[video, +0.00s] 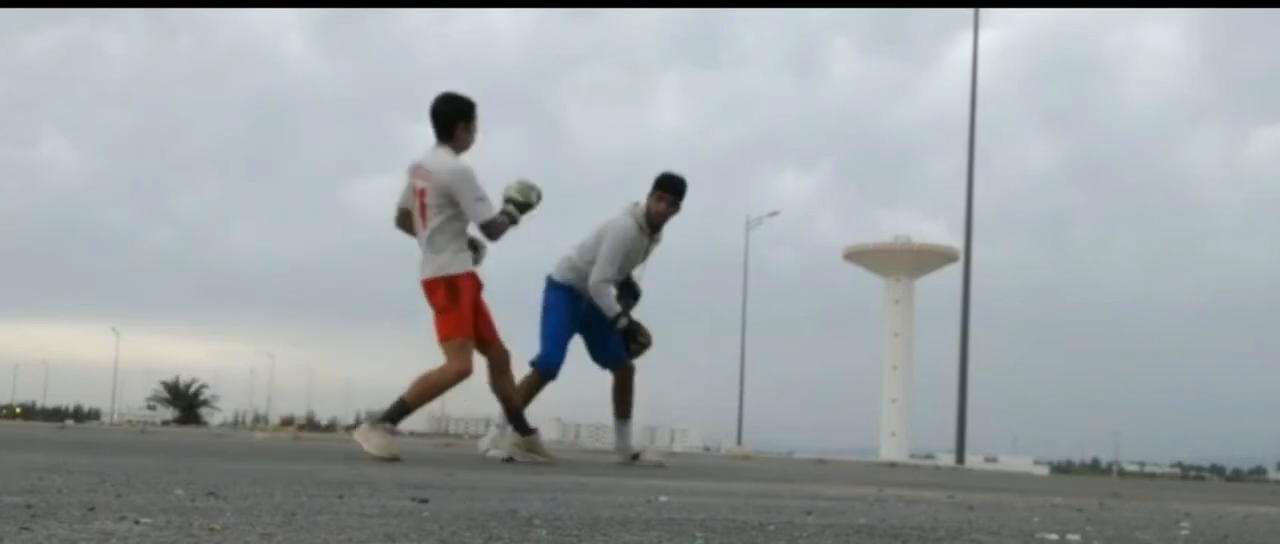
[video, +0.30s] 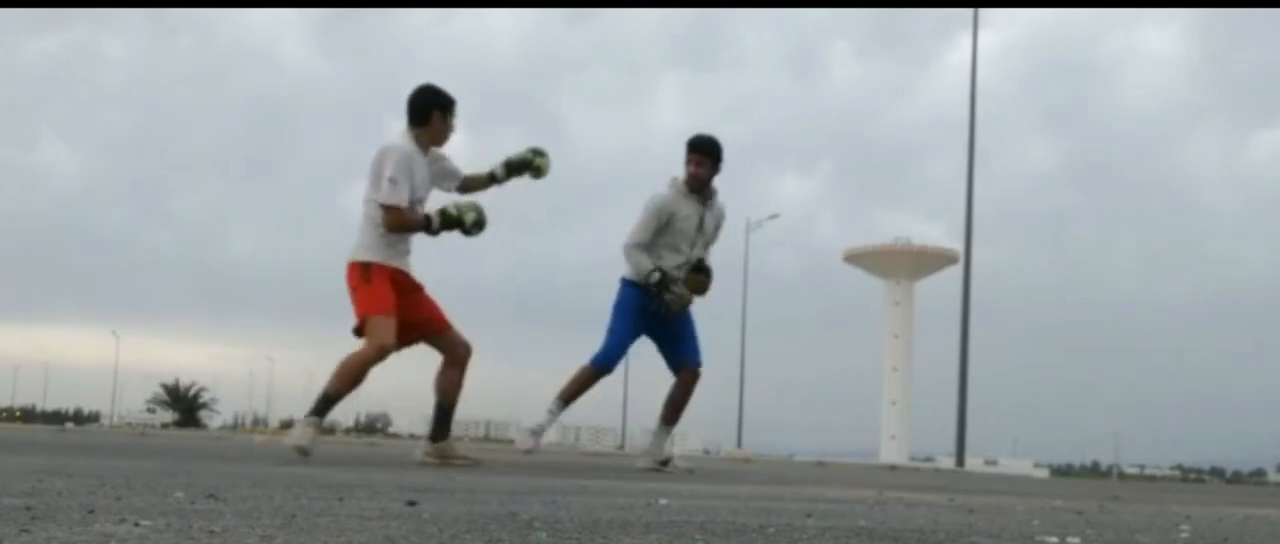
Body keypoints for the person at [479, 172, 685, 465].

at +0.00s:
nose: (662, 208)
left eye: (671, 204)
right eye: (659, 200)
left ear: (677, 210)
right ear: (648, 198)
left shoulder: (652, 236)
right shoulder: (623, 228)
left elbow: (621, 265)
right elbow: (597, 283)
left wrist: (627, 284)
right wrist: (622, 321)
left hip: (596, 297)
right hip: (565, 288)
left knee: (624, 369)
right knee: (548, 367)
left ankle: (623, 447)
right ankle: (498, 433)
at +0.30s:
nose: (695, 171)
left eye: (703, 166)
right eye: (691, 163)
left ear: (716, 171)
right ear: (685, 164)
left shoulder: (715, 213)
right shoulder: (665, 201)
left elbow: (700, 254)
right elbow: (632, 247)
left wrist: (699, 276)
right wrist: (658, 278)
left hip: (674, 300)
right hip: (638, 292)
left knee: (689, 371)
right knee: (606, 360)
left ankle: (656, 451)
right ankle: (540, 428)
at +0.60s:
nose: (702, 150)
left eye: (709, 143)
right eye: (697, 144)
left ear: (727, 142)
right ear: (694, 146)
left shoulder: (753, 184)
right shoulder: (693, 185)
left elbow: (787, 233)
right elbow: (674, 227)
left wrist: (752, 245)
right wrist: (680, 246)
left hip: (737, 288)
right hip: (699, 286)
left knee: (727, 374)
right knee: (712, 371)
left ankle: (697, 432)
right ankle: (742, 449)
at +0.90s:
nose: (738, 130)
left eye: (745, 122)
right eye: (734, 124)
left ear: (766, 120)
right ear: (733, 127)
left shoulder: (795, 161)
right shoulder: (734, 170)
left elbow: (832, 209)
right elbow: (725, 218)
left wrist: (796, 227)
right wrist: (731, 237)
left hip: (786, 276)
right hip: (745, 277)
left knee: (798, 359)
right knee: (740, 365)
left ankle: (820, 459)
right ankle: (747, 456)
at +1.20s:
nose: (774, 134)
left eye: (780, 125)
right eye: (771, 127)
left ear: (803, 124)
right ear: (773, 130)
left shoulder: (832, 159)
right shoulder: (788, 174)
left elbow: (867, 207)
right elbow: (805, 221)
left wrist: (829, 236)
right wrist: (792, 243)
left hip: (835, 278)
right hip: (801, 280)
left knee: (836, 368)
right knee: (776, 366)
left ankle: (844, 462)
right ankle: (772, 452)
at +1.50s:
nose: (789, 135)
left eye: (795, 127)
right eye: (785, 128)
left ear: (816, 125)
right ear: (788, 130)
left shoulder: (836, 156)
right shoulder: (810, 168)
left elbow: (871, 206)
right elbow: (818, 218)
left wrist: (840, 245)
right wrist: (803, 239)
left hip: (846, 273)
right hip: (825, 273)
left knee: (837, 364)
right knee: (822, 366)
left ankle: (846, 457)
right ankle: (854, 448)